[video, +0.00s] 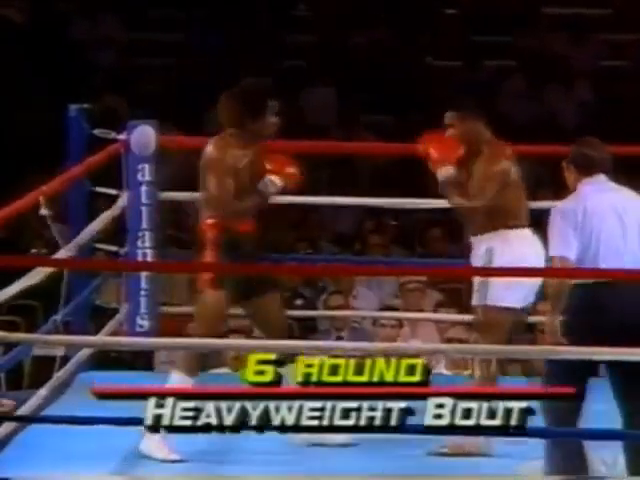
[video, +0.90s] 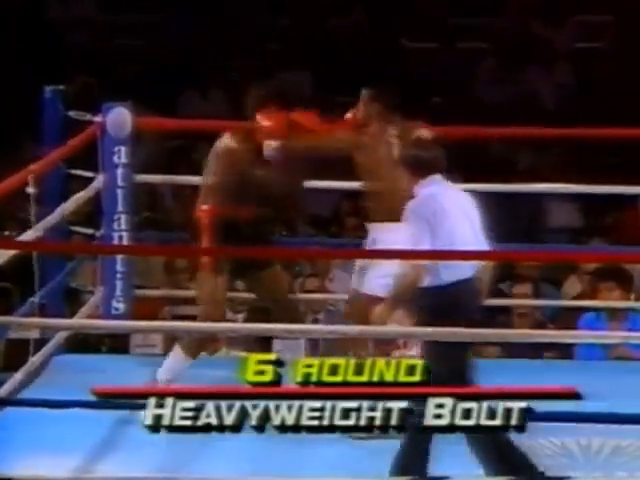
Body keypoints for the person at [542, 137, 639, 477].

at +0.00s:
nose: (565, 175)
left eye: (566, 170)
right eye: (566, 171)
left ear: (571, 171)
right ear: (606, 169)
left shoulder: (570, 207)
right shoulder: (634, 200)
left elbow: (561, 268)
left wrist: (551, 315)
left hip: (590, 296)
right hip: (633, 297)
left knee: (563, 380)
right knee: (633, 387)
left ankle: (567, 465)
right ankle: (637, 464)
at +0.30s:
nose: (512, 179)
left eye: (515, 172)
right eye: (512, 172)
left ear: (528, 171)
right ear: (557, 168)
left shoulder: (532, 203)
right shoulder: (586, 200)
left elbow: (534, 261)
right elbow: (614, 257)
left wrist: (519, 308)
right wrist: (610, 305)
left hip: (549, 291)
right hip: (584, 290)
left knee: (536, 380)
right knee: (583, 375)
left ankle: (553, 467)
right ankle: (621, 463)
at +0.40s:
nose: (491, 174)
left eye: (492, 166)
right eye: (491, 166)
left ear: (504, 166)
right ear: (530, 162)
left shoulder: (512, 194)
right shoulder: (561, 191)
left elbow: (512, 256)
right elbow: (583, 254)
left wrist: (495, 305)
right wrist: (579, 303)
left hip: (531, 285)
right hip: (563, 281)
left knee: (521, 376)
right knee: (549, 374)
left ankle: (543, 465)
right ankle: (571, 460)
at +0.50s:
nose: (470, 168)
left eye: (472, 161)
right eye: (470, 161)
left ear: (484, 161)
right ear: (514, 156)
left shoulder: (495, 193)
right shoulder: (544, 188)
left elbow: (491, 257)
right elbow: (566, 246)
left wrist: (481, 305)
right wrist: (560, 295)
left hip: (514, 283)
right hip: (547, 279)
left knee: (511, 375)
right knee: (522, 369)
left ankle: (535, 464)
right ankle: (523, 458)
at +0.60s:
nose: (452, 176)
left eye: (453, 167)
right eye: (452, 168)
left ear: (464, 165)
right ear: (491, 161)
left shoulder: (473, 198)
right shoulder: (520, 189)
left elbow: (469, 264)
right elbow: (543, 249)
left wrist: (446, 303)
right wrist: (531, 288)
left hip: (494, 292)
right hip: (524, 288)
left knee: (503, 383)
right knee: (479, 379)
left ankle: (533, 469)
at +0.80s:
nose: (416, 180)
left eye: (418, 173)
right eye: (416, 172)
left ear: (428, 173)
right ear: (456, 167)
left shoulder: (442, 204)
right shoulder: (483, 197)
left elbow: (437, 267)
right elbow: (504, 256)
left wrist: (404, 303)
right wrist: (495, 296)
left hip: (460, 294)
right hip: (486, 290)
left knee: (482, 384)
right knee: (449, 380)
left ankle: (528, 468)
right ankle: (411, 462)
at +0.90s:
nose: (399, 177)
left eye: (401, 170)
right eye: (400, 170)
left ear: (411, 170)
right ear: (439, 165)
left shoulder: (420, 204)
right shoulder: (465, 198)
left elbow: (415, 265)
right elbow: (487, 256)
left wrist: (389, 304)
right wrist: (478, 294)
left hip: (439, 295)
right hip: (468, 291)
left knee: (453, 385)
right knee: (433, 383)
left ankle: (516, 469)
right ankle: (409, 467)